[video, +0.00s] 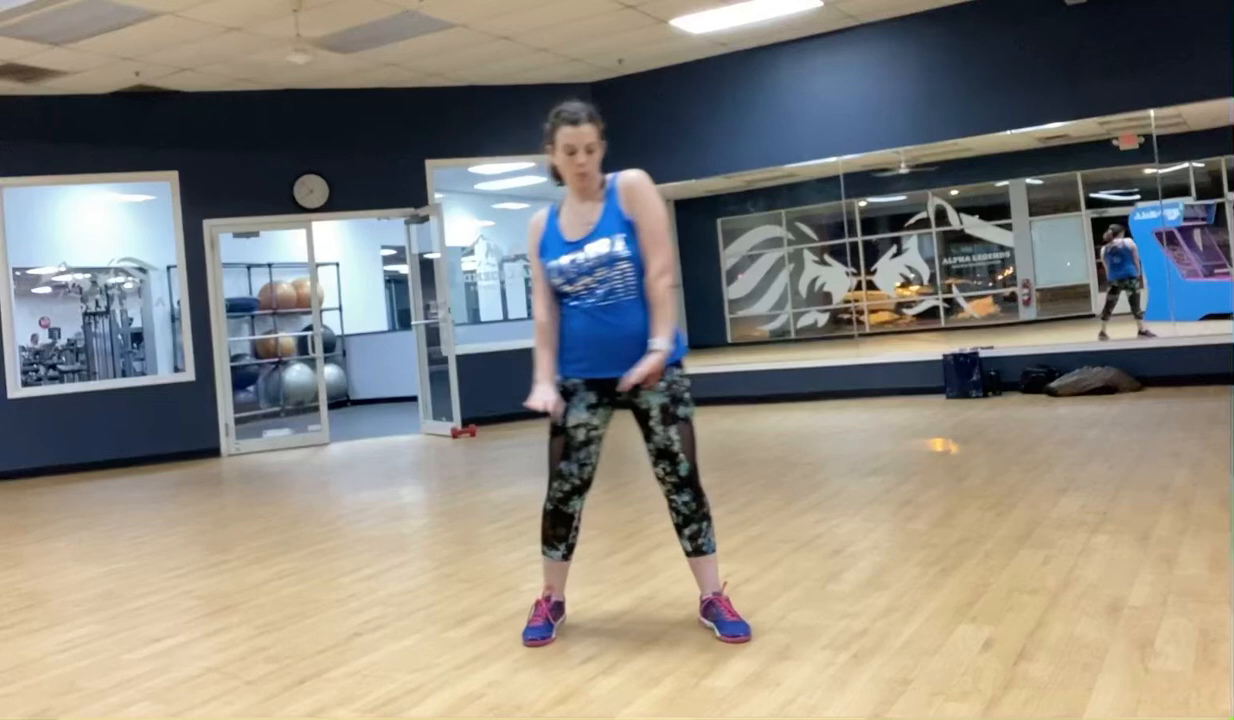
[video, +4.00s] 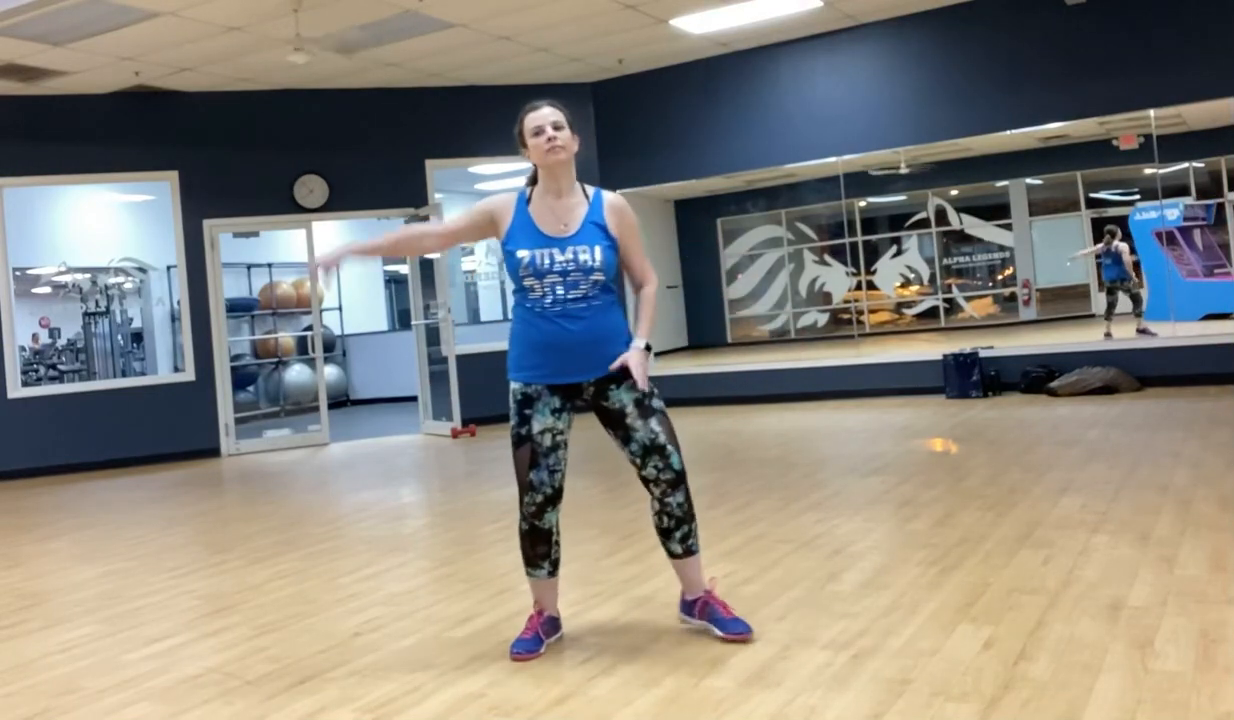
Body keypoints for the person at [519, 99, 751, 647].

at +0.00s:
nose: (582, 159)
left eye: (590, 148)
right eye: (570, 150)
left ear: (603, 148)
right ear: (552, 156)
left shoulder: (633, 187)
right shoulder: (543, 225)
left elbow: (661, 272)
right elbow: (545, 311)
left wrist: (659, 349)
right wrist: (543, 379)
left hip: (650, 364)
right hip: (581, 377)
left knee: (680, 478)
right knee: (564, 488)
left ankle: (713, 596)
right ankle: (551, 600)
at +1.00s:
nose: (571, 146)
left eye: (579, 137)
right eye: (560, 140)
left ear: (598, 146)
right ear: (547, 154)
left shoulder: (632, 213)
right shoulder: (526, 214)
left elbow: (642, 299)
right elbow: (496, 296)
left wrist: (627, 364)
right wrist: (465, 359)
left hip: (614, 373)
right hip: (540, 378)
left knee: (658, 485)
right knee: (537, 496)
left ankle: (708, 600)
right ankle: (538, 613)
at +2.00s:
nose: (636, 158)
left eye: (638, 149)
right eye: (624, 149)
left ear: (638, 154)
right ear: (591, 155)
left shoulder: (660, 209)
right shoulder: (557, 226)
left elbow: (722, 275)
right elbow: (554, 314)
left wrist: (781, 324)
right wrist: (582, 378)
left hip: (688, 364)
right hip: (615, 378)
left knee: (696, 482)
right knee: (588, 495)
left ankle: (710, 600)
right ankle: (550, 612)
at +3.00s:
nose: (591, 155)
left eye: (589, 143)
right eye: (576, 156)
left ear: (601, 143)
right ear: (562, 176)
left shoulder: (652, 203)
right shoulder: (552, 224)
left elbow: (707, 263)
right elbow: (536, 304)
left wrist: (696, 328)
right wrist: (510, 372)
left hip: (649, 371)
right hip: (572, 376)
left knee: (682, 484)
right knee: (559, 490)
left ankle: (712, 599)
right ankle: (545, 613)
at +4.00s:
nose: (551, 135)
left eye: (557, 126)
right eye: (539, 132)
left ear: (574, 138)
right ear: (525, 150)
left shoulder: (610, 207)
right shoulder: (505, 209)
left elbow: (645, 281)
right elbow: (429, 236)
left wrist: (640, 344)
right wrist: (348, 250)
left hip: (611, 369)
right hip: (537, 377)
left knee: (667, 468)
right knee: (538, 494)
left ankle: (697, 594)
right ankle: (544, 614)